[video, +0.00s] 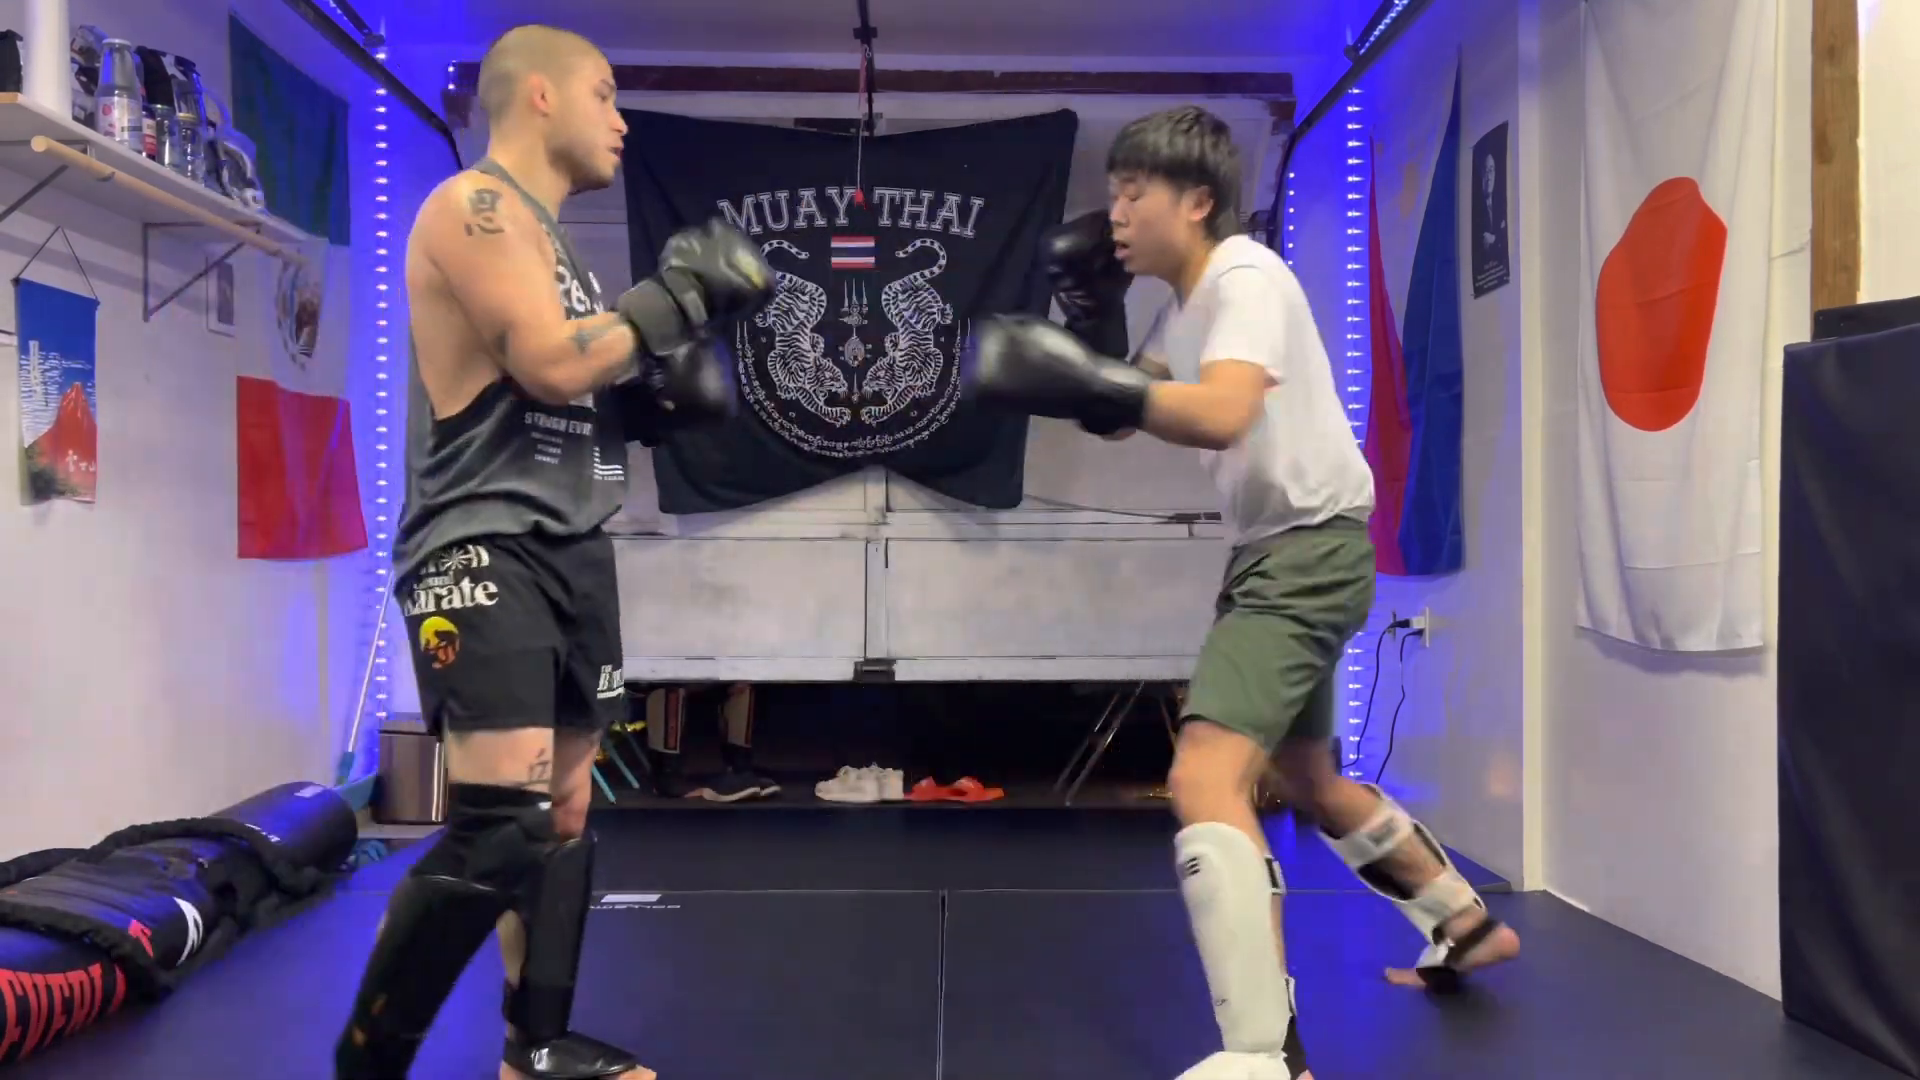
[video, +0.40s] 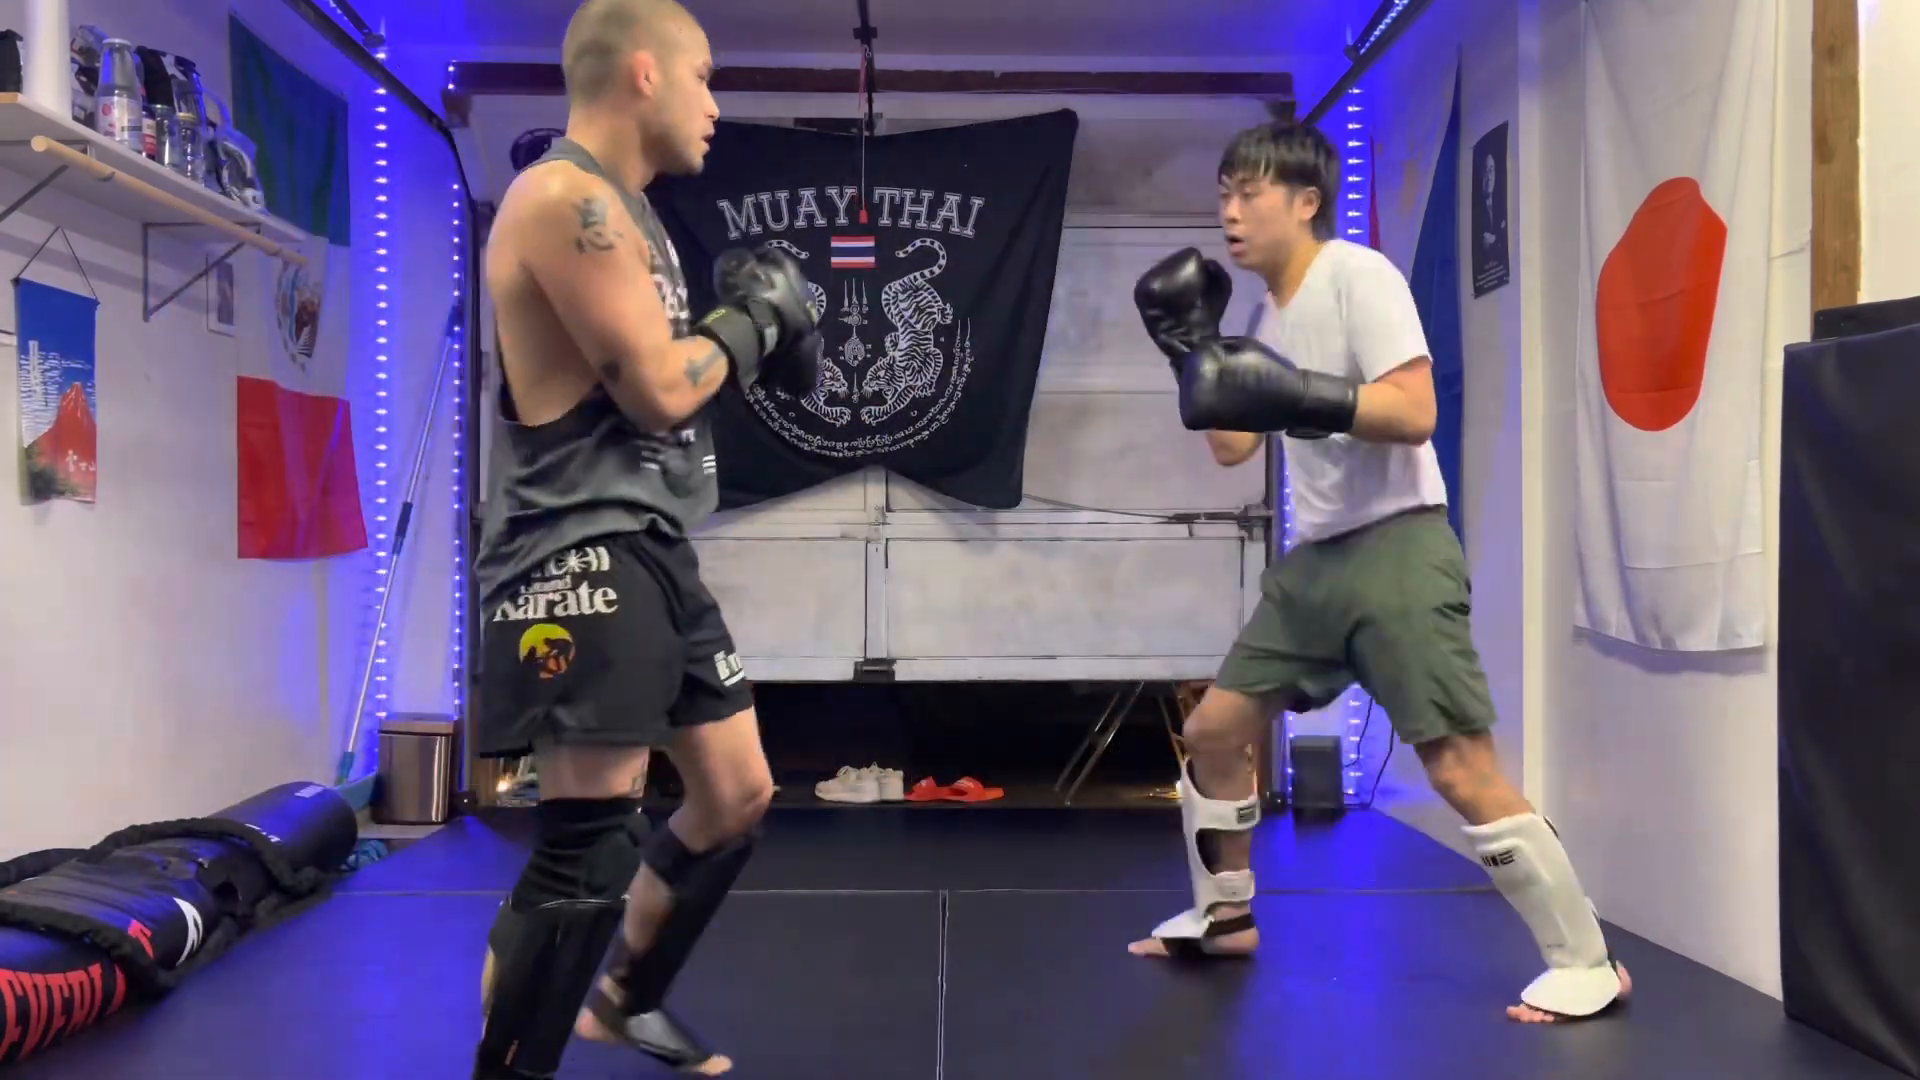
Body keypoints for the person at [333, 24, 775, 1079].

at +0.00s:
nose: (621, 120)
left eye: (616, 99)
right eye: (605, 97)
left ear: (542, 103)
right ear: (541, 100)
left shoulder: (552, 243)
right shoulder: (474, 205)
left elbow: (554, 397)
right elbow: (550, 361)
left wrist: (642, 401)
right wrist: (677, 295)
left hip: (569, 548)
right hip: (481, 543)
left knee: (562, 807)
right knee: (501, 822)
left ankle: (541, 1042)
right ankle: (367, 1060)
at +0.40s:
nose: (715, 107)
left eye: (714, 84)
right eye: (704, 81)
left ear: (635, 80)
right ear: (643, 77)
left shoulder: (634, 218)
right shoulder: (564, 197)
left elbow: (649, 385)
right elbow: (662, 394)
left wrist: (734, 321)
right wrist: (753, 318)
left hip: (652, 548)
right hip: (579, 553)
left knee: (735, 793)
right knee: (583, 850)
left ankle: (626, 999)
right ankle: (507, 1068)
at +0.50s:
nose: (737, 104)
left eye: (734, 81)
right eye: (728, 79)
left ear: (654, 76)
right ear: (674, 74)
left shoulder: (634, 193)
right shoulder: (616, 186)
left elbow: (715, 361)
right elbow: (738, 364)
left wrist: (785, 267)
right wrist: (802, 259)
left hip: (673, 547)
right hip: (617, 552)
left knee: (752, 793)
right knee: (588, 835)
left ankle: (742, 1027)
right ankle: (511, 1067)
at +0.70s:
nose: (794, 116)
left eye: (789, 96)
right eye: (787, 95)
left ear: (693, 102)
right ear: (747, 95)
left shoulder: (668, 208)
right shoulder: (727, 212)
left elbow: (761, 365)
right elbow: (863, 361)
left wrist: (804, 261)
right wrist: (915, 251)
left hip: (734, 566)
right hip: (711, 573)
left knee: (813, 806)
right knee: (671, 826)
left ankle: (822, 1044)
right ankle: (528, 1059)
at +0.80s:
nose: (832, 116)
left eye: (828, 95)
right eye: (825, 93)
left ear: (720, 104)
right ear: (792, 91)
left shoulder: (694, 216)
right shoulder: (778, 202)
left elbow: (787, 372)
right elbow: (895, 366)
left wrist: (875, 289)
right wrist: (931, 281)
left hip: (754, 550)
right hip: (775, 553)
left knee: (824, 802)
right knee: (778, 827)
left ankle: (822, 1041)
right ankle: (555, 1063)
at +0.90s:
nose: (857, 113)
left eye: (852, 95)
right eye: (853, 94)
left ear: (753, 110)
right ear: (832, 95)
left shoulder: (724, 218)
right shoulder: (823, 198)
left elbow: (808, 361)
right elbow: (937, 351)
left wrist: (905, 268)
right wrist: (972, 261)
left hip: (749, 556)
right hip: (815, 551)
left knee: (808, 817)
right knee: (880, 823)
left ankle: (821, 1043)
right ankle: (664, 1040)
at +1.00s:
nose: (898, 114)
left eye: (893, 97)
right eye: (894, 95)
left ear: (789, 104)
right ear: (872, 93)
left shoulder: (756, 212)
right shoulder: (861, 199)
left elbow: (825, 368)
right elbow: (982, 328)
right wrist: (1003, 223)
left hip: (768, 559)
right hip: (846, 553)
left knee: (818, 803)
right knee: (939, 803)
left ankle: (823, 1039)